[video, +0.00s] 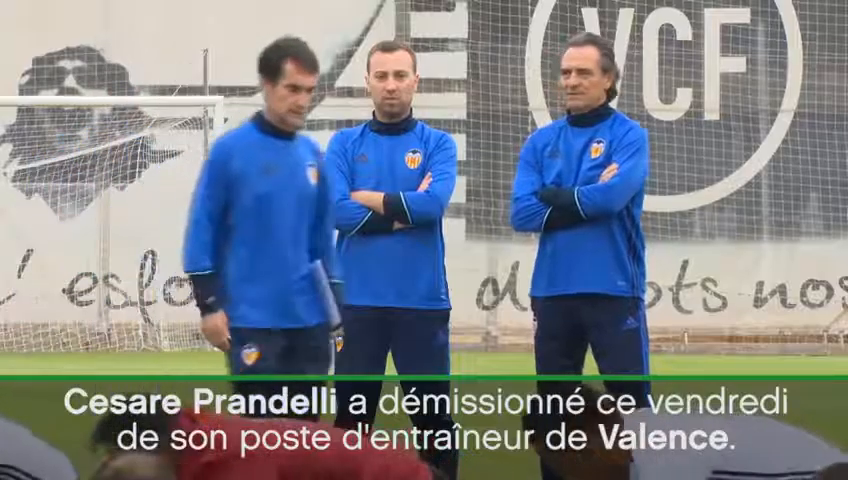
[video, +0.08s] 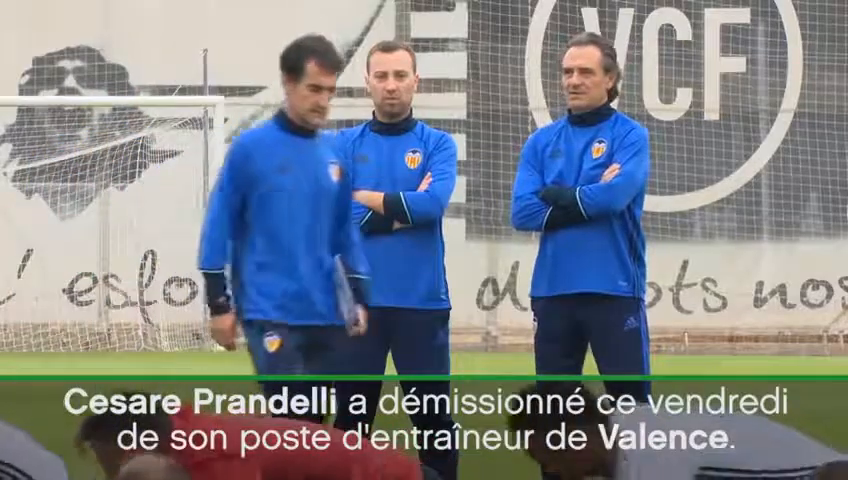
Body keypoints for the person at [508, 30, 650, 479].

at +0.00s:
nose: (570, 81)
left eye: (582, 73)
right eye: (565, 73)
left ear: (609, 81)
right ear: (558, 79)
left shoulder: (629, 135)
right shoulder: (539, 140)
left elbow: (612, 196)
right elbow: (521, 213)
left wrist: (547, 195)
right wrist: (592, 197)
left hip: (614, 291)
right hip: (553, 291)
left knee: (630, 406)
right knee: (552, 408)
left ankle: (643, 476)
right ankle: (556, 476)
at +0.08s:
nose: (574, 81)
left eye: (585, 72)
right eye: (568, 72)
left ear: (611, 79)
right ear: (561, 78)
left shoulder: (628, 132)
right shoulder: (538, 141)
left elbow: (613, 198)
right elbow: (521, 213)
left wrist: (549, 191)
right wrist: (597, 194)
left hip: (614, 291)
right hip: (553, 292)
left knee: (630, 405)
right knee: (554, 407)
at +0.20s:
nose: (577, 80)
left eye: (588, 71)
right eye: (571, 71)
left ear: (613, 79)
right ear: (563, 78)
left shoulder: (631, 134)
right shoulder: (539, 141)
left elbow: (614, 198)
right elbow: (522, 212)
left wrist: (552, 191)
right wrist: (598, 193)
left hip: (616, 291)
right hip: (554, 292)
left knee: (633, 406)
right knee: (553, 407)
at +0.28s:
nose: (578, 80)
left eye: (590, 71)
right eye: (572, 71)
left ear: (614, 79)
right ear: (564, 78)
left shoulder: (631, 134)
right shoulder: (540, 141)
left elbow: (615, 199)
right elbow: (523, 212)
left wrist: (552, 191)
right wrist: (599, 193)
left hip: (617, 291)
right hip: (555, 292)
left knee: (633, 405)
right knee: (554, 406)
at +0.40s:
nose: (580, 79)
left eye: (592, 71)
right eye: (574, 71)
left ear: (615, 79)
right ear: (567, 77)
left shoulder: (634, 134)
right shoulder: (543, 139)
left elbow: (615, 198)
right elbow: (524, 212)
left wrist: (553, 190)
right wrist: (600, 193)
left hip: (619, 292)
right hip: (557, 293)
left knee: (635, 407)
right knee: (556, 409)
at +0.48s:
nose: (582, 79)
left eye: (593, 70)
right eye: (575, 70)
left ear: (617, 79)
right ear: (568, 77)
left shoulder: (634, 134)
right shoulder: (544, 139)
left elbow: (617, 198)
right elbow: (526, 212)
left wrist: (555, 191)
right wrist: (601, 195)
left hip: (621, 292)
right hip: (559, 293)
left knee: (635, 407)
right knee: (557, 408)